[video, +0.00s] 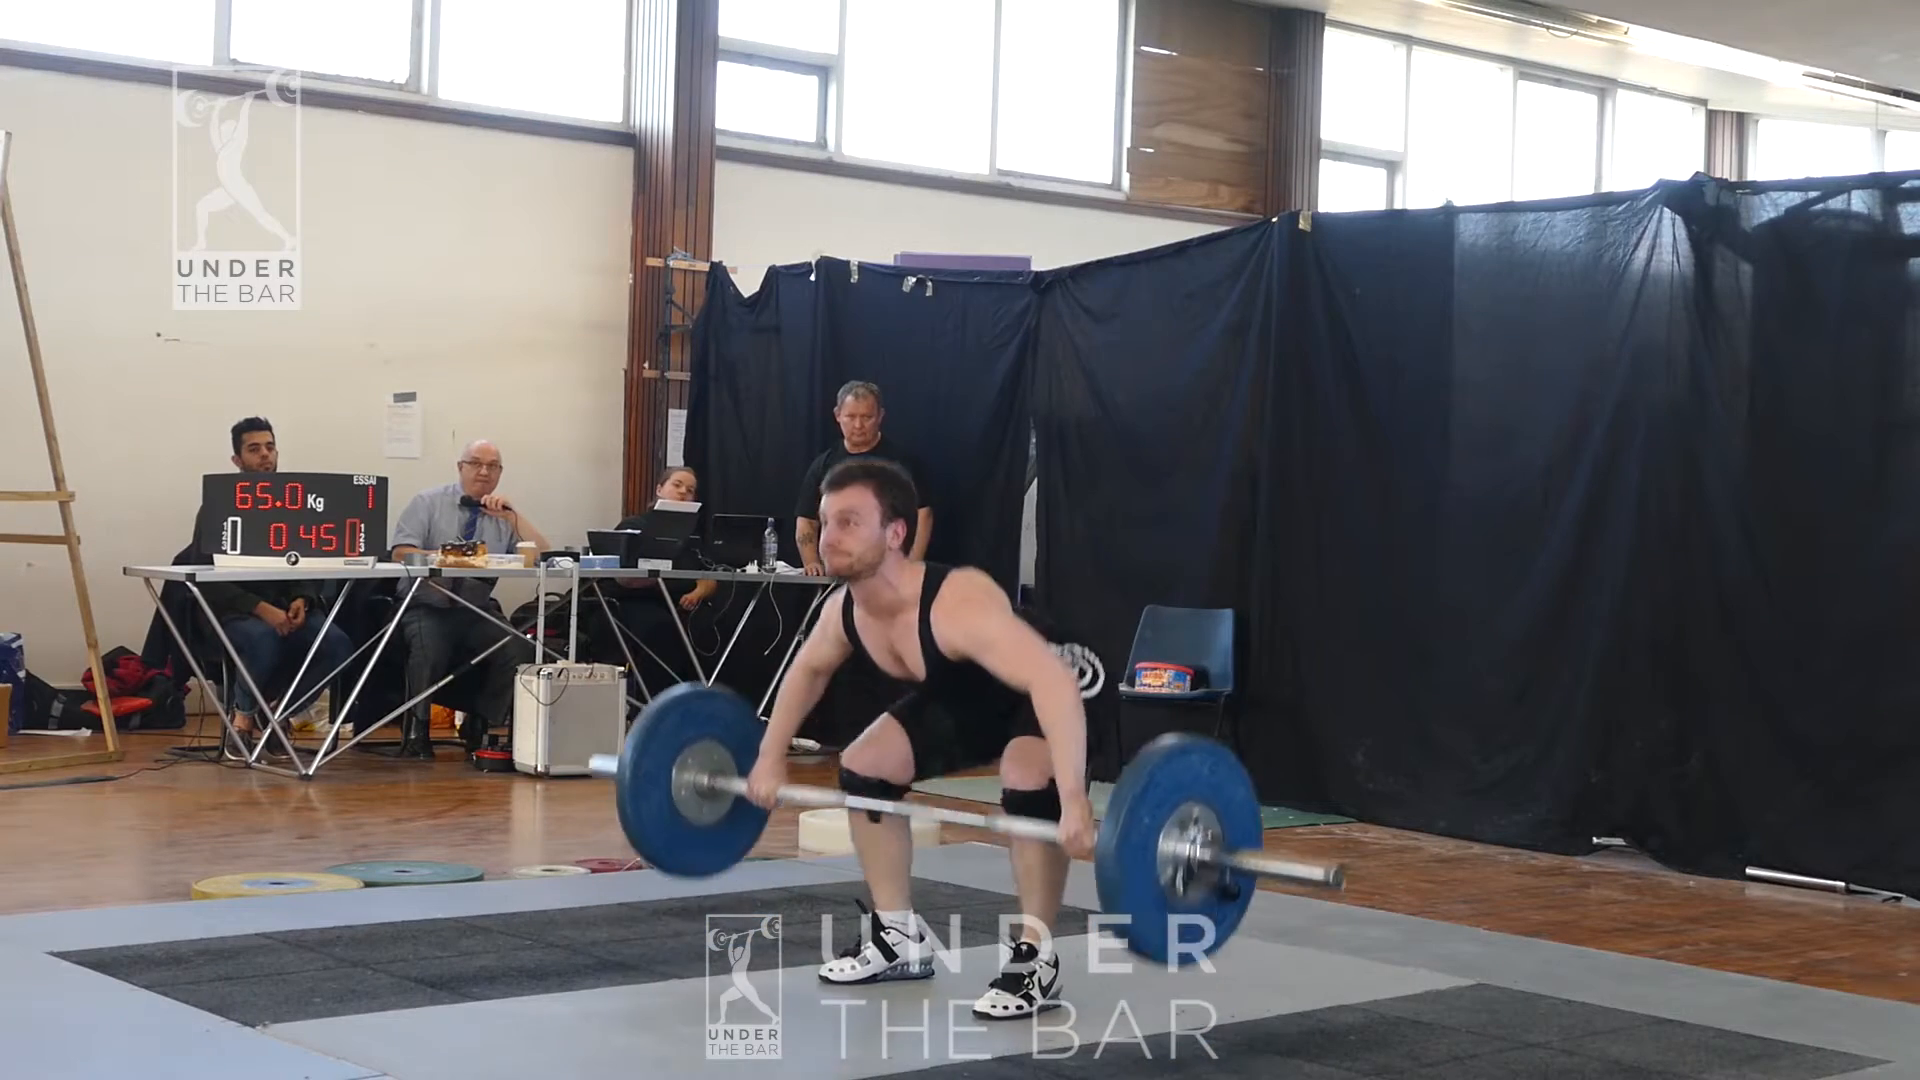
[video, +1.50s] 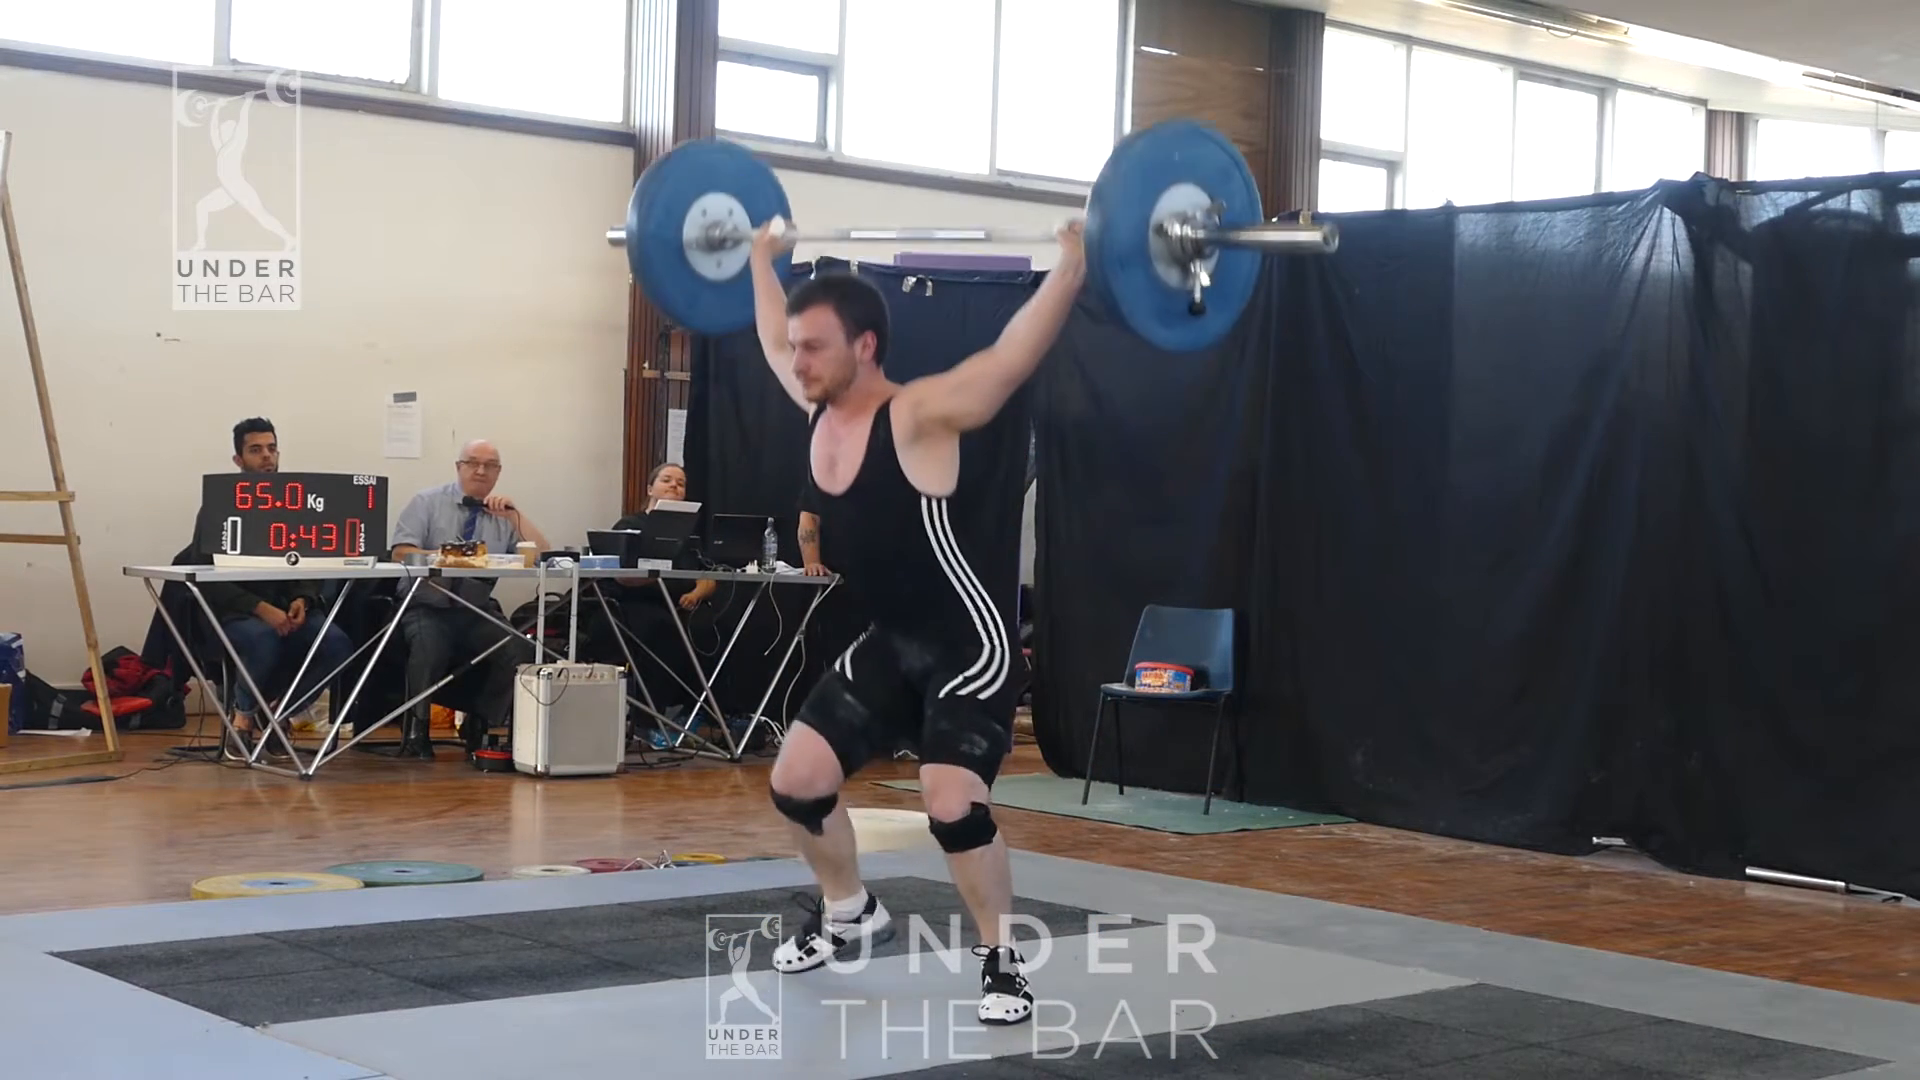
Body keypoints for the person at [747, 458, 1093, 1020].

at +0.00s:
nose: (829, 537)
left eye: (848, 523)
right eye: (825, 523)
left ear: (896, 534)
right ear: (819, 532)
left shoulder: (959, 601)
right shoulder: (843, 609)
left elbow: (1055, 681)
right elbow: (808, 670)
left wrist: (1074, 799)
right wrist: (771, 753)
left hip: (1034, 693)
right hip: (959, 699)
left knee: (1027, 782)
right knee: (864, 768)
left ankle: (1034, 955)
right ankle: (899, 936)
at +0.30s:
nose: (933, 283)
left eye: (955, 275)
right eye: (935, 275)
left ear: (1000, 304)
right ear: (936, 301)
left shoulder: (1017, 396)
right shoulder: (902, 398)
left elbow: (1073, 488)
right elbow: (844, 484)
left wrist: (1086, 592)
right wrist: (783, 568)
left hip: (987, 629)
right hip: (903, 623)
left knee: (965, 776)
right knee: (846, 770)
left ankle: (1023, 946)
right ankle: (894, 930)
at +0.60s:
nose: (948, 368)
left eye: (966, 356)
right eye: (944, 355)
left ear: (1012, 363)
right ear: (938, 359)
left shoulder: (1033, 432)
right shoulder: (924, 432)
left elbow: (1125, 449)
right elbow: (846, 431)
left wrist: (1082, 388)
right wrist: (771, 374)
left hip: (1000, 673)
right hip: (920, 666)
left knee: (1001, 791)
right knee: (791, 769)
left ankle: (1012, 956)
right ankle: (862, 916)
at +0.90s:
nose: (812, 531)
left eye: (827, 517)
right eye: (808, 517)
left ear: (876, 521)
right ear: (804, 523)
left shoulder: (928, 577)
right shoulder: (830, 578)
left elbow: (1012, 534)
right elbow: (781, 509)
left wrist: (1073, 444)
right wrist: (747, 415)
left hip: (983, 771)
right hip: (892, 777)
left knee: (945, 822)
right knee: (764, 812)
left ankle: (999, 957)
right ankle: (861, 931)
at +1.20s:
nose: (795, 486)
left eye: (809, 470)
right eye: (792, 471)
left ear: (862, 470)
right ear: (790, 474)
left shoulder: (920, 529)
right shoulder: (816, 529)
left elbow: (1006, 488)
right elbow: (772, 455)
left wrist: (1070, 396)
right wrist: (751, 368)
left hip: (980, 723)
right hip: (887, 732)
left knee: (926, 807)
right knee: (781, 807)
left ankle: (996, 959)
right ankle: (858, 928)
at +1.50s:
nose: (798, 361)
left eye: (812, 346)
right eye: (793, 348)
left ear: (864, 346)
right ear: (798, 351)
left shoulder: (922, 411)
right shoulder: (824, 416)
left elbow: (1008, 358)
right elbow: (777, 342)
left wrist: (1068, 272)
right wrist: (760, 258)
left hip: (969, 644)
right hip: (887, 640)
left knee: (951, 803)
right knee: (798, 780)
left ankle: (1000, 949)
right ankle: (848, 913)